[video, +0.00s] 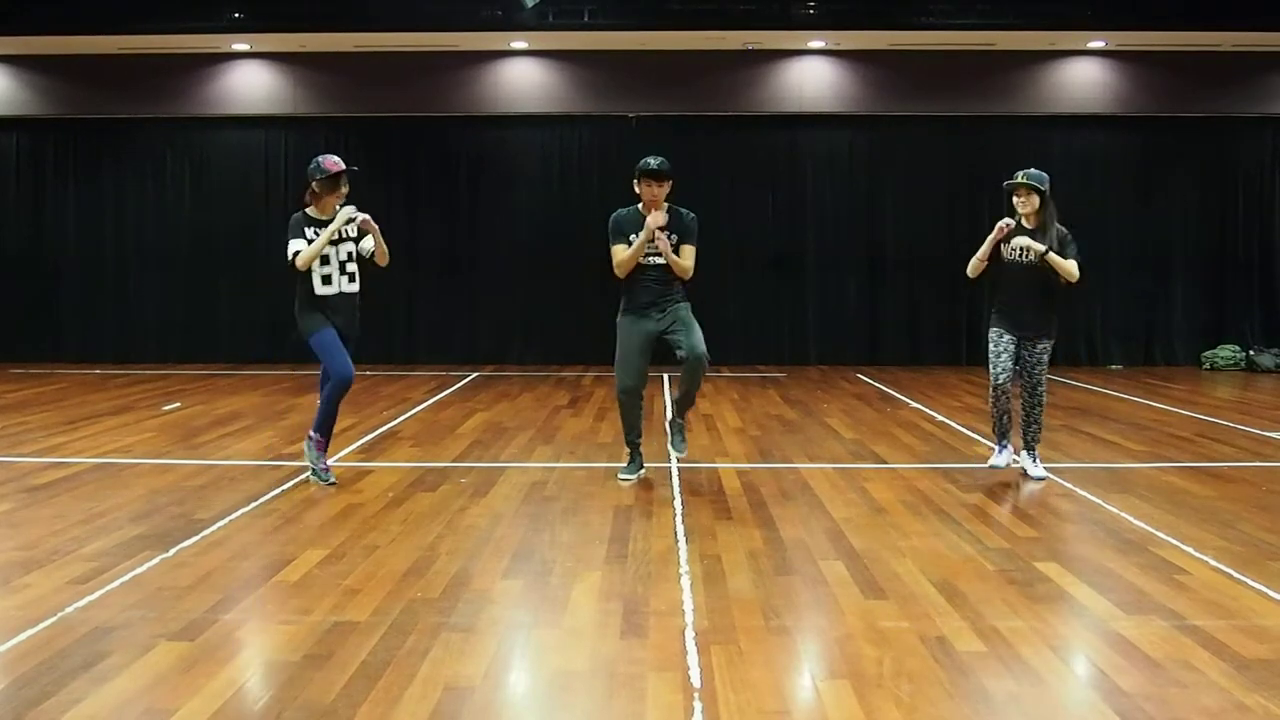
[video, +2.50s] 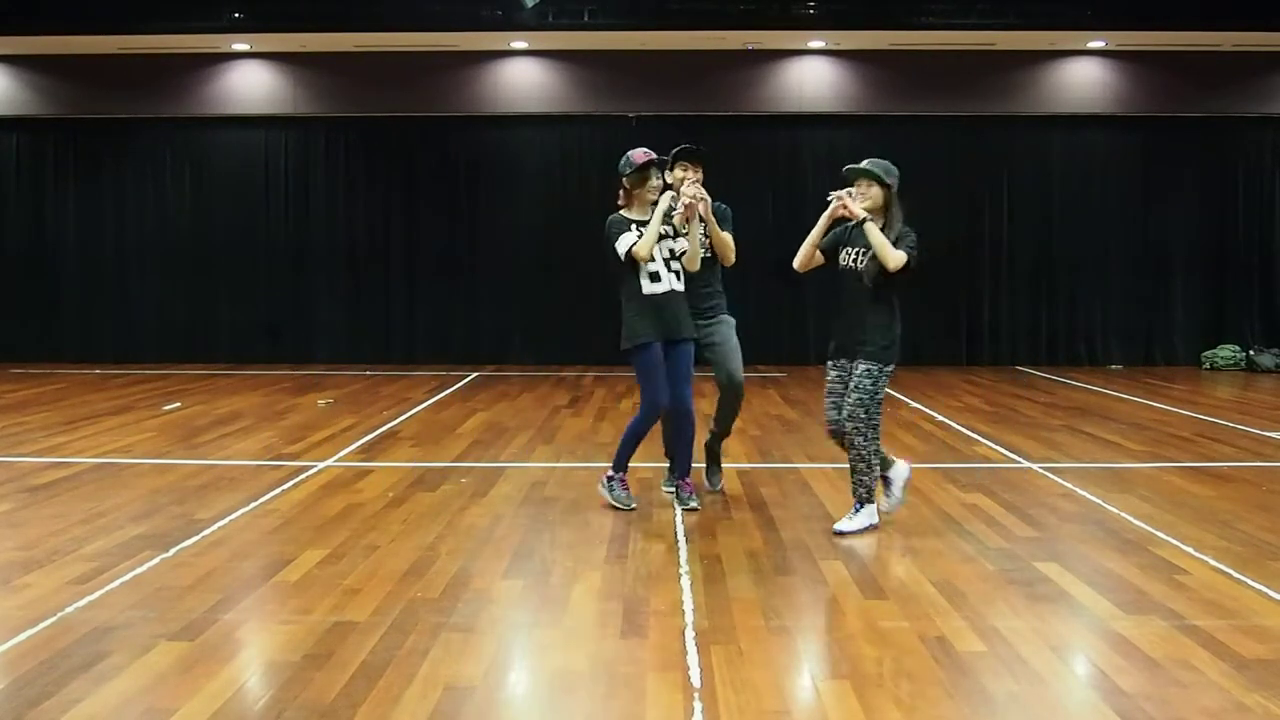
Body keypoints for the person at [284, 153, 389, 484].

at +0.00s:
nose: (341, 190)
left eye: (342, 183)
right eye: (333, 185)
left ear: (347, 184)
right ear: (315, 188)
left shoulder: (353, 219)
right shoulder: (301, 221)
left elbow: (381, 260)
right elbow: (301, 262)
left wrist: (374, 232)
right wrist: (332, 230)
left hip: (347, 313)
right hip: (314, 311)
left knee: (331, 383)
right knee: (343, 374)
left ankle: (319, 455)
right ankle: (316, 439)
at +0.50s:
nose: (386, 173)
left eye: (383, 168)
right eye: (378, 169)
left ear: (372, 179)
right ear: (361, 179)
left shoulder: (388, 216)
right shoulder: (355, 221)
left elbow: (424, 245)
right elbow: (397, 243)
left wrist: (421, 210)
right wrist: (394, 205)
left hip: (394, 318)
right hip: (359, 321)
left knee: (419, 383)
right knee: (354, 394)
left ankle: (410, 463)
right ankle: (349, 469)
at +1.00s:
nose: (435, 175)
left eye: (435, 170)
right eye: (426, 174)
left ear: (440, 180)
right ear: (410, 187)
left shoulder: (456, 216)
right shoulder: (408, 224)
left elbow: (494, 233)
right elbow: (436, 239)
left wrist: (480, 193)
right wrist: (444, 199)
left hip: (460, 317)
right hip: (433, 320)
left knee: (439, 397)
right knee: (459, 394)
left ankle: (421, 473)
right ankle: (458, 479)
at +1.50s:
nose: (515, 180)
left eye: (513, 173)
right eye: (508, 175)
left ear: (495, 182)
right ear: (489, 182)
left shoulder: (503, 220)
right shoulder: (486, 222)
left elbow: (541, 255)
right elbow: (539, 250)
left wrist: (545, 215)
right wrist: (534, 208)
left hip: (531, 321)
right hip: (508, 323)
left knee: (546, 395)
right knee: (505, 403)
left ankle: (533, 477)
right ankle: (465, 476)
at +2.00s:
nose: (590, 177)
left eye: (588, 172)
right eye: (582, 174)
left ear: (588, 177)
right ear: (563, 183)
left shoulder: (594, 217)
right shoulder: (554, 223)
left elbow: (627, 255)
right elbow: (588, 251)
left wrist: (628, 215)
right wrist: (597, 207)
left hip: (602, 319)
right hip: (581, 321)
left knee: (589, 402)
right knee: (602, 399)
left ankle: (544, 470)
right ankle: (600, 484)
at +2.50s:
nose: (654, 184)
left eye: (657, 178)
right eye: (645, 179)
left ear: (662, 181)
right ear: (628, 185)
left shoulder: (670, 218)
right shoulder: (617, 222)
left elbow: (693, 264)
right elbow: (641, 253)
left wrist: (695, 220)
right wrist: (660, 211)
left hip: (679, 321)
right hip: (644, 324)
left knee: (683, 405)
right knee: (654, 404)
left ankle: (681, 479)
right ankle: (615, 475)